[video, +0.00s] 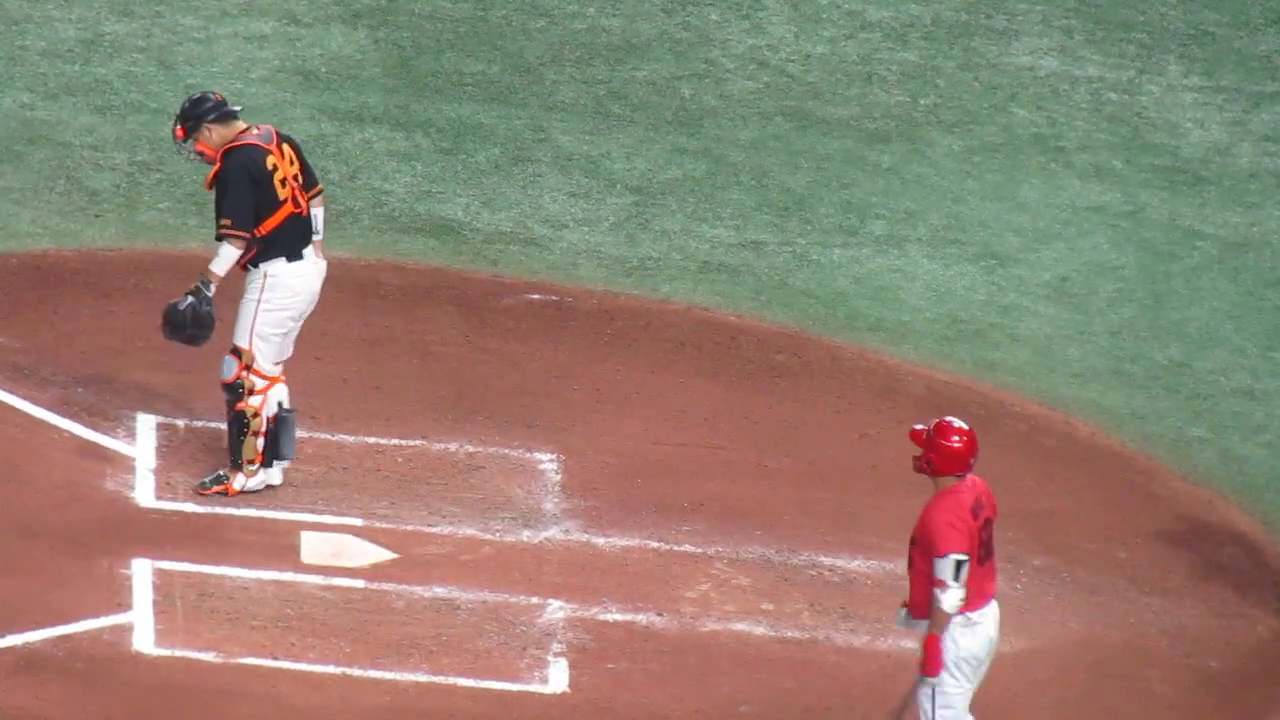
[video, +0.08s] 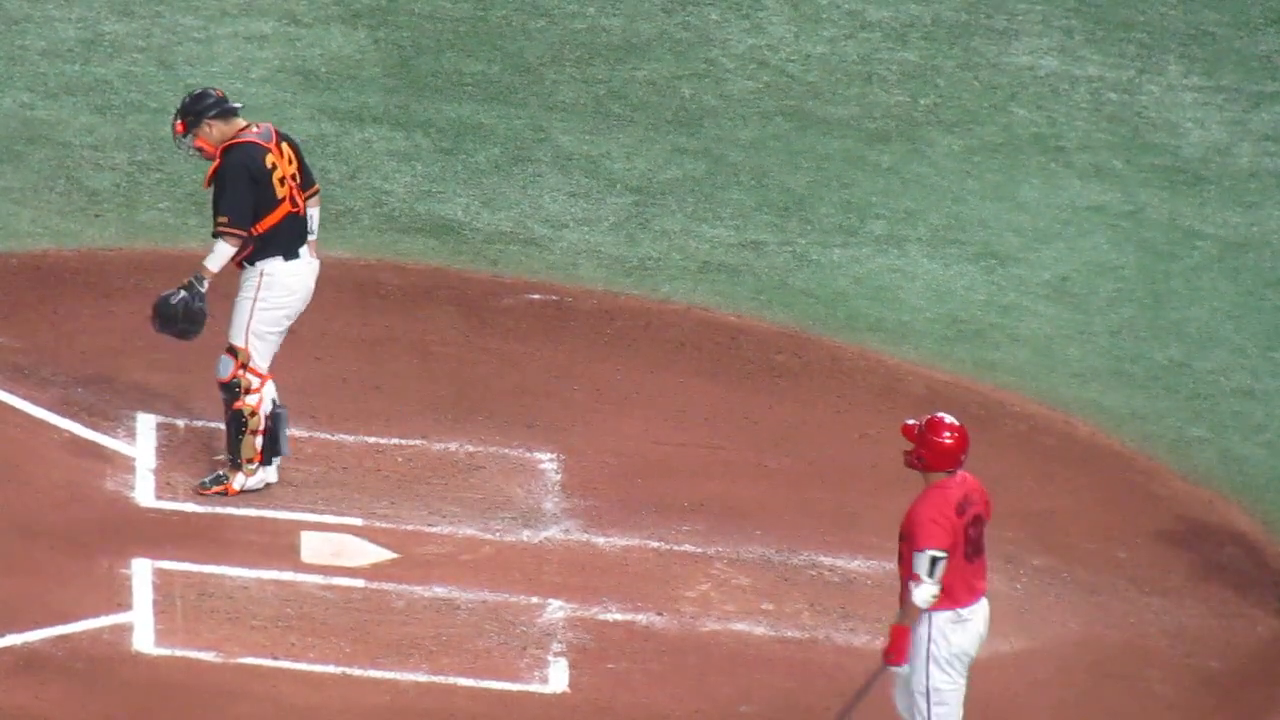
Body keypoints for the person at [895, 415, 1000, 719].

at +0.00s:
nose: (920, 452)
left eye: (925, 448)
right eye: (923, 446)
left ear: (936, 459)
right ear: (962, 457)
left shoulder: (945, 511)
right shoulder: (975, 487)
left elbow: (948, 591)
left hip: (957, 628)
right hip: (982, 615)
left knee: (940, 711)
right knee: (950, 707)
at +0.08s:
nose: (911, 448)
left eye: (916, 444)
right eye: (914, 442)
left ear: (927, 455)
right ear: (954, 454)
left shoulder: (931, 509)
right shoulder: (970, 485)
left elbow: (923, 586)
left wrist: (900, 632)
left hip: (940, 623)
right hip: (969, 612)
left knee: (934, 711)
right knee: (908, 698)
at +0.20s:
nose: (892, 440)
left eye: (897, 437)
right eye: (896, 436)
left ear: (906, 449)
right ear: (938, 449)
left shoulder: (906, 501)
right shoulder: (960, 484)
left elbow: (890, 580)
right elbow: (950, 546)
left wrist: (858, 616)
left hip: (923, 617)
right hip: (955, 608)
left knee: (927, 711)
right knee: (883, 691)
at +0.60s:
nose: (826, 412)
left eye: (829, 407)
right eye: (832, 406)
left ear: (832, 418)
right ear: (872, 420)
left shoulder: (828, 470)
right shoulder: (892, 468)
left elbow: (807, 544)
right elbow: (889, 536)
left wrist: (781, 591)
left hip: (829, 592)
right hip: (872, 589)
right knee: (833, 693)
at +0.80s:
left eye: (802, 398)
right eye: (827, 398)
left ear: (796, 404)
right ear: (835, 404)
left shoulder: (785, 455)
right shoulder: (857, 453)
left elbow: (768, 530)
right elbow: (860, 514)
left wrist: (750, 576)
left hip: (788, 577)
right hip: (833, 576)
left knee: (732, 666)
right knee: (812, 683)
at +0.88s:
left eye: (785, 395)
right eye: (812, 395)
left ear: (778, 401)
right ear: (817, 401)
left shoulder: (764, 451)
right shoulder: (840, 451)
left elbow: (748, 526)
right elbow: (843, 511)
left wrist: (730, 571)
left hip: (768, 572)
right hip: (816, 573)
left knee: (716, 670)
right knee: (802, 680)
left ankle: (691, 717)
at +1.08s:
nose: (746, 387)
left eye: (739, 382)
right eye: (758, 382)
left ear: (730, 386)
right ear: (769, 388)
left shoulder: (714, 436)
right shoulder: (794, 437)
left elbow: (694, 510)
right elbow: (793, 505)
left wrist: (679, 556)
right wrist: (764, 534)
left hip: (714, 556)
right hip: (765, 557)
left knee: (684, 656)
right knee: (753, 654)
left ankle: (673, 716)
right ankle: (780, 716)